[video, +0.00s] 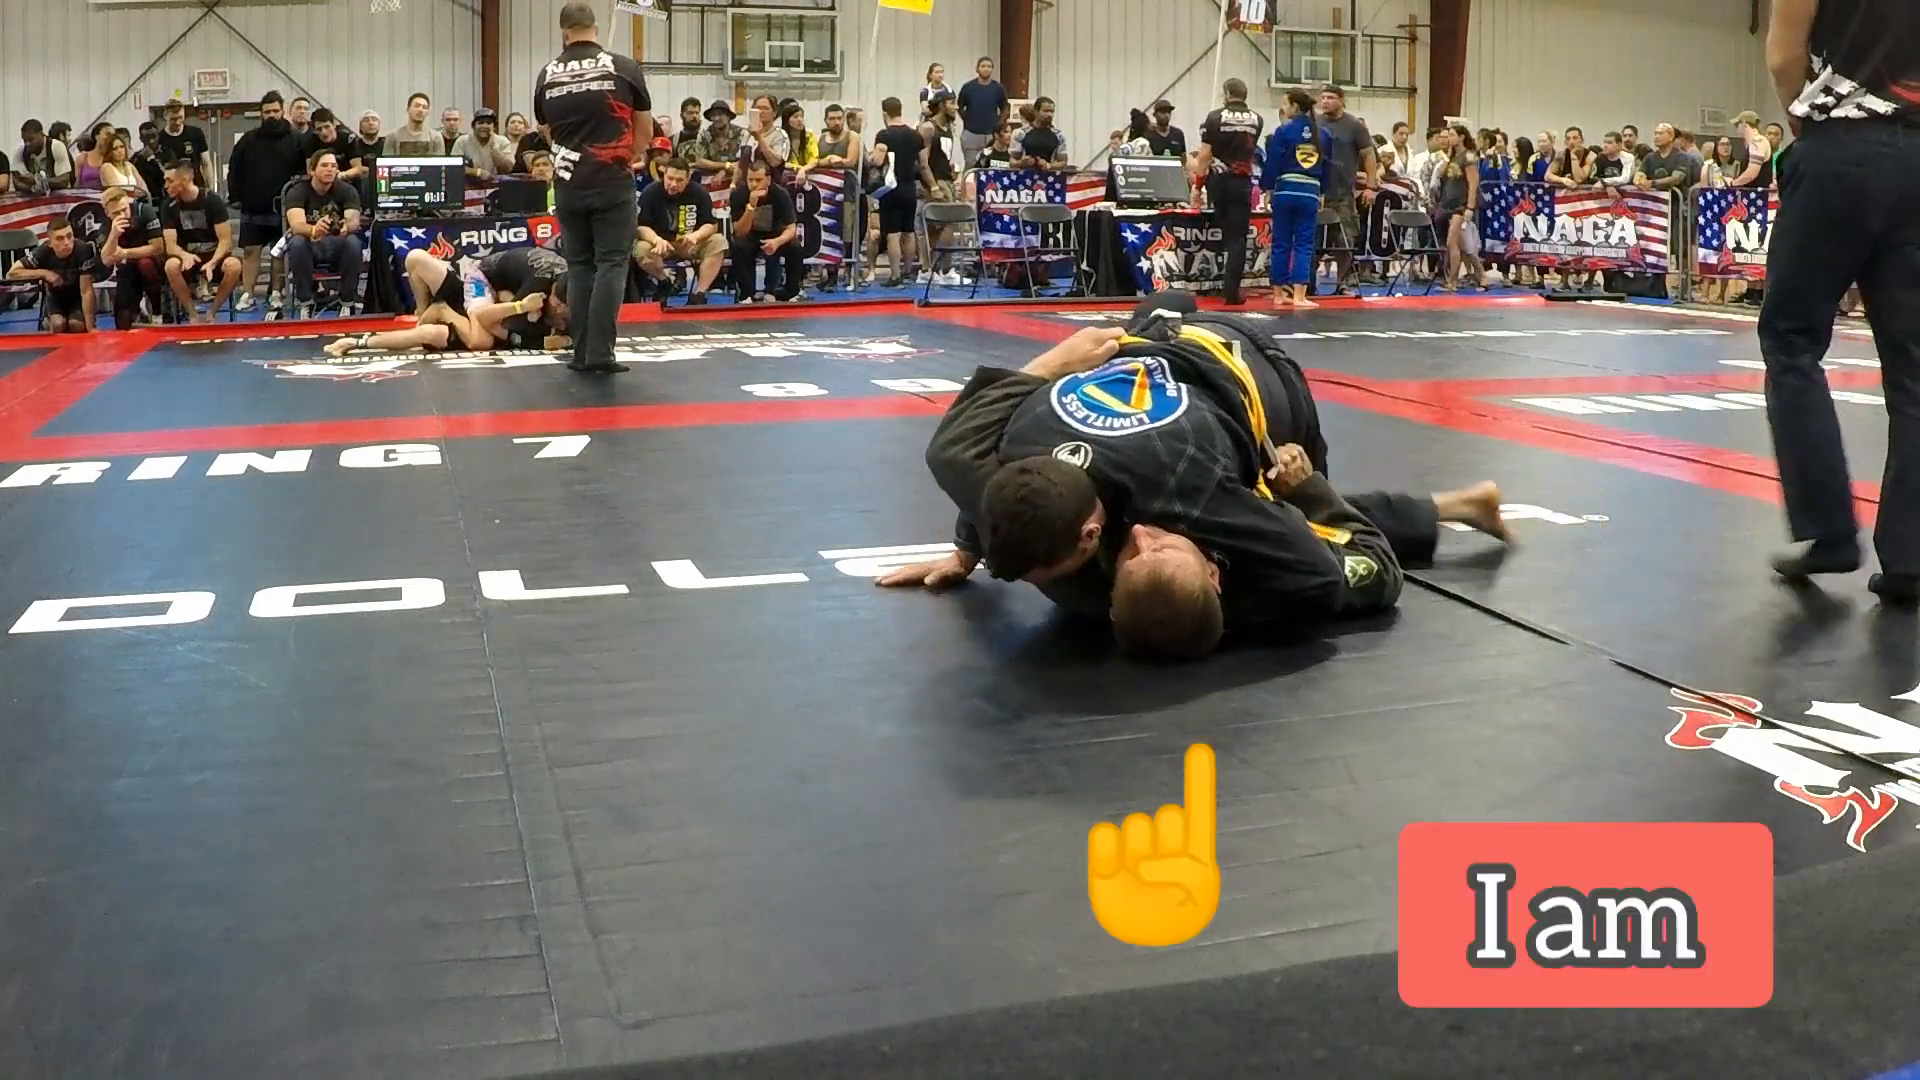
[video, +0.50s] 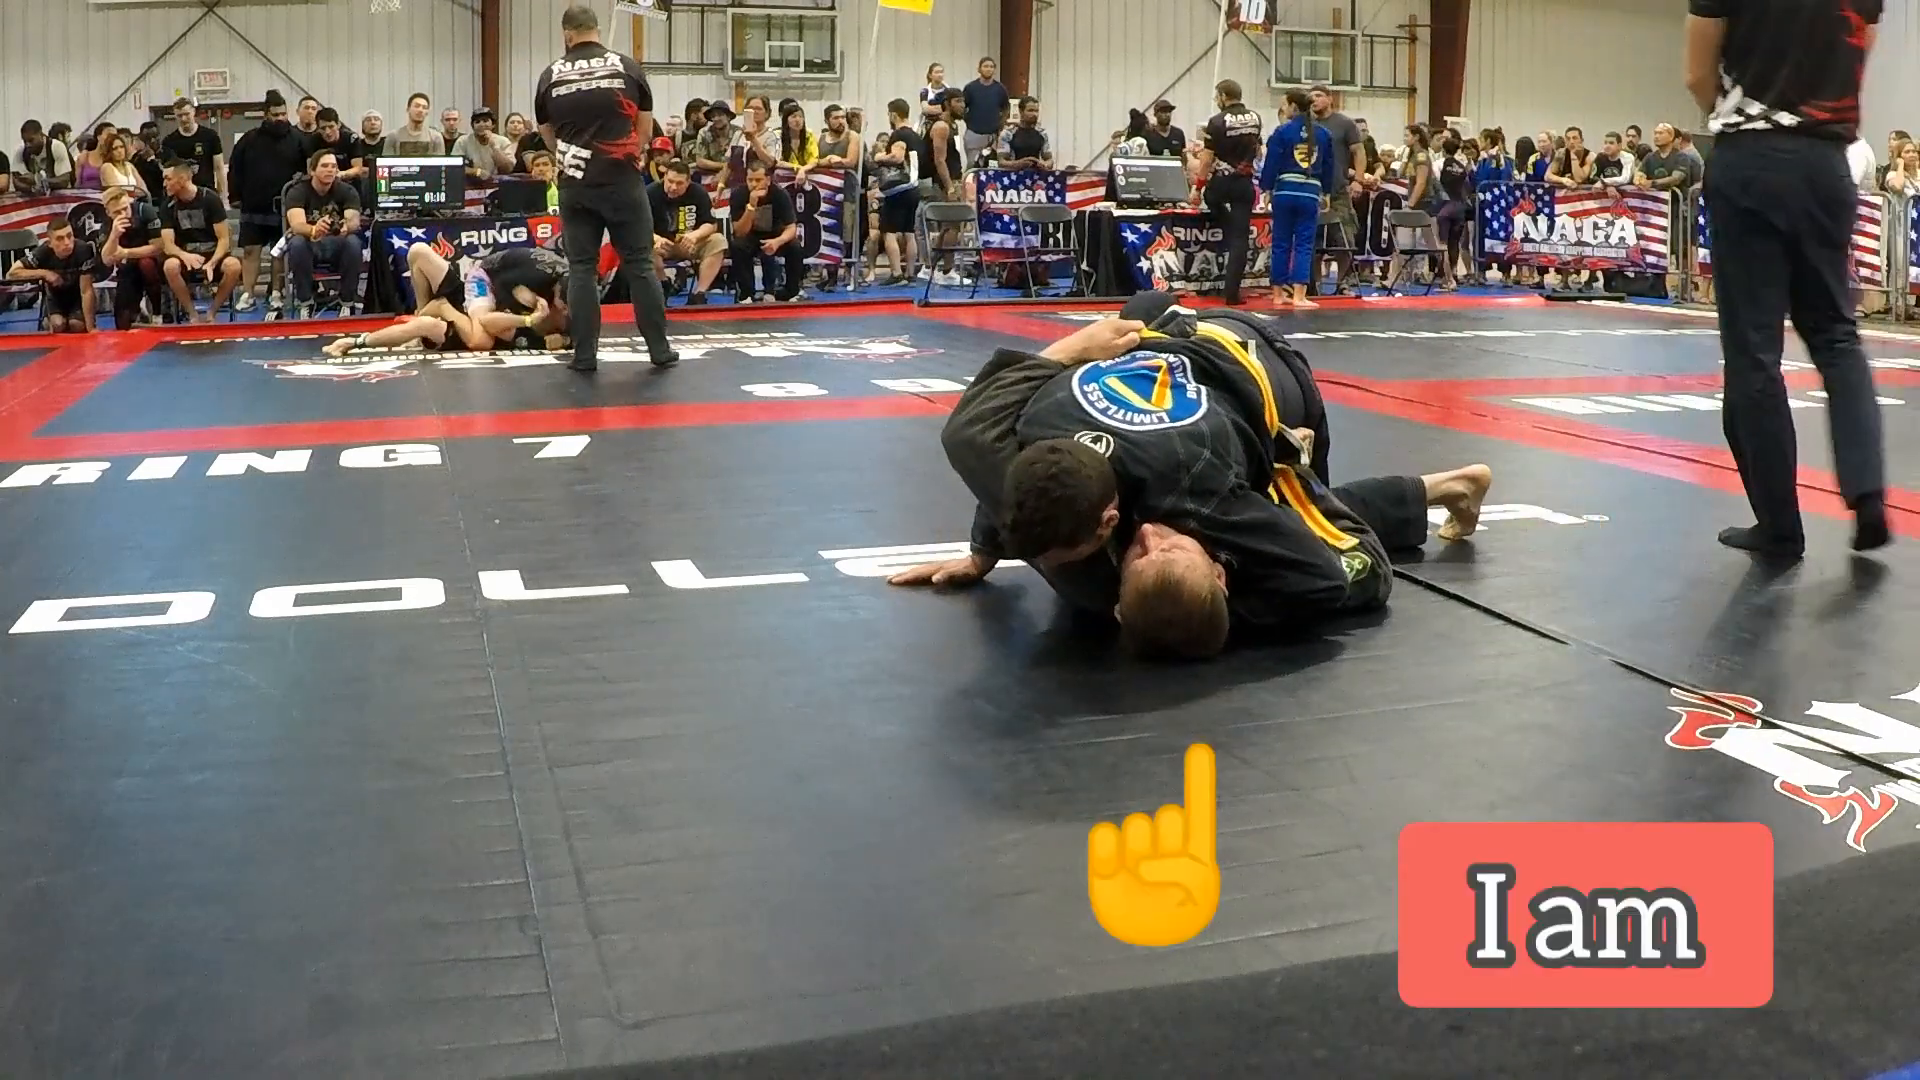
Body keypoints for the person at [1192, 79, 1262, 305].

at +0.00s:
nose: (1226, 96)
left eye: (1225, 93)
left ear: (1226, 95)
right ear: (1245, 96)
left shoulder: (1214, 117)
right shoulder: (1256, 119)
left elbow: (1204, 155)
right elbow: (1250, 149)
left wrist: (1197, 185)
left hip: (1218, 178)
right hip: (1242, 180)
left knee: (1230, 233)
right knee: (1238, 237)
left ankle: (1233, 285)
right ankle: (1232, 292)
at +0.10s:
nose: (1223, 98)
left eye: (1224, 95)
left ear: (1226, 96)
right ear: (1245, 96)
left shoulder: (1214, 119)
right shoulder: (1256, 120)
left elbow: (1205, 157)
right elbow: (1251, 148)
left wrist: (1197, 186)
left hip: (1218, 179)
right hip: (1242, 181)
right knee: (1237, 238)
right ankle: (1231, 292)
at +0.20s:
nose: (1221, 99)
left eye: (1222, 96)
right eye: (1225, 95)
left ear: (1225, 97)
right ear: (1244, 97)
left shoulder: (1213, 122)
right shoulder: (1256, 120)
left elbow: (1205, 160)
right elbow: (1253, 148)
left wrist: (1195, 188)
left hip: (1218, 179)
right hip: (1243, 182)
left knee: (1211, 198)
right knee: (1238, 239)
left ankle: (1228, 234)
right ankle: (1231, 292)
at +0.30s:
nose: (1218, 99)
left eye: (1219, 96)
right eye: (1220, 95)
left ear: (1223, 97)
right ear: (1241, 95)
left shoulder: (1214, 122)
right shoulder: (1255, 118)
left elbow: (1205, 159)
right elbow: (1258, 147)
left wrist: (1195, 187)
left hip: (1219, 178)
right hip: (1244, 180)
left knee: (1211, 199)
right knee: (1239, 238)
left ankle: (1228, 227)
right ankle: (1231, 292)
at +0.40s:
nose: (1216, 100)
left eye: (1217, 96)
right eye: (1217, 96)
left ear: (1222, 97)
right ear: (1239, 96)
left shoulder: (1215, 122)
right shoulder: (1255, 118)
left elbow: (1205, 159)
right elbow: (1258, 145)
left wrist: (1196, 186)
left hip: (1220, 178)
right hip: (1244, 180)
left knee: (1211, 199)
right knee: (1239, 238)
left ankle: (1230, 228)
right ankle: (1232, 293)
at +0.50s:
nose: (1216, 99)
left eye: (1217, 96)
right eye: (1217, 96)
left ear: (1222, 97)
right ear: (1239, 96)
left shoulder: (1216, 122)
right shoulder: (1255, 118)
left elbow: (1208, 159)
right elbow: (1256, 149)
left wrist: (1198, 186)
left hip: (1220, 179)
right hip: (1245, 181)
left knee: (1212, 200)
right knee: (1239, 238)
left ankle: (1231, 228)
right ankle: (1232, 293)